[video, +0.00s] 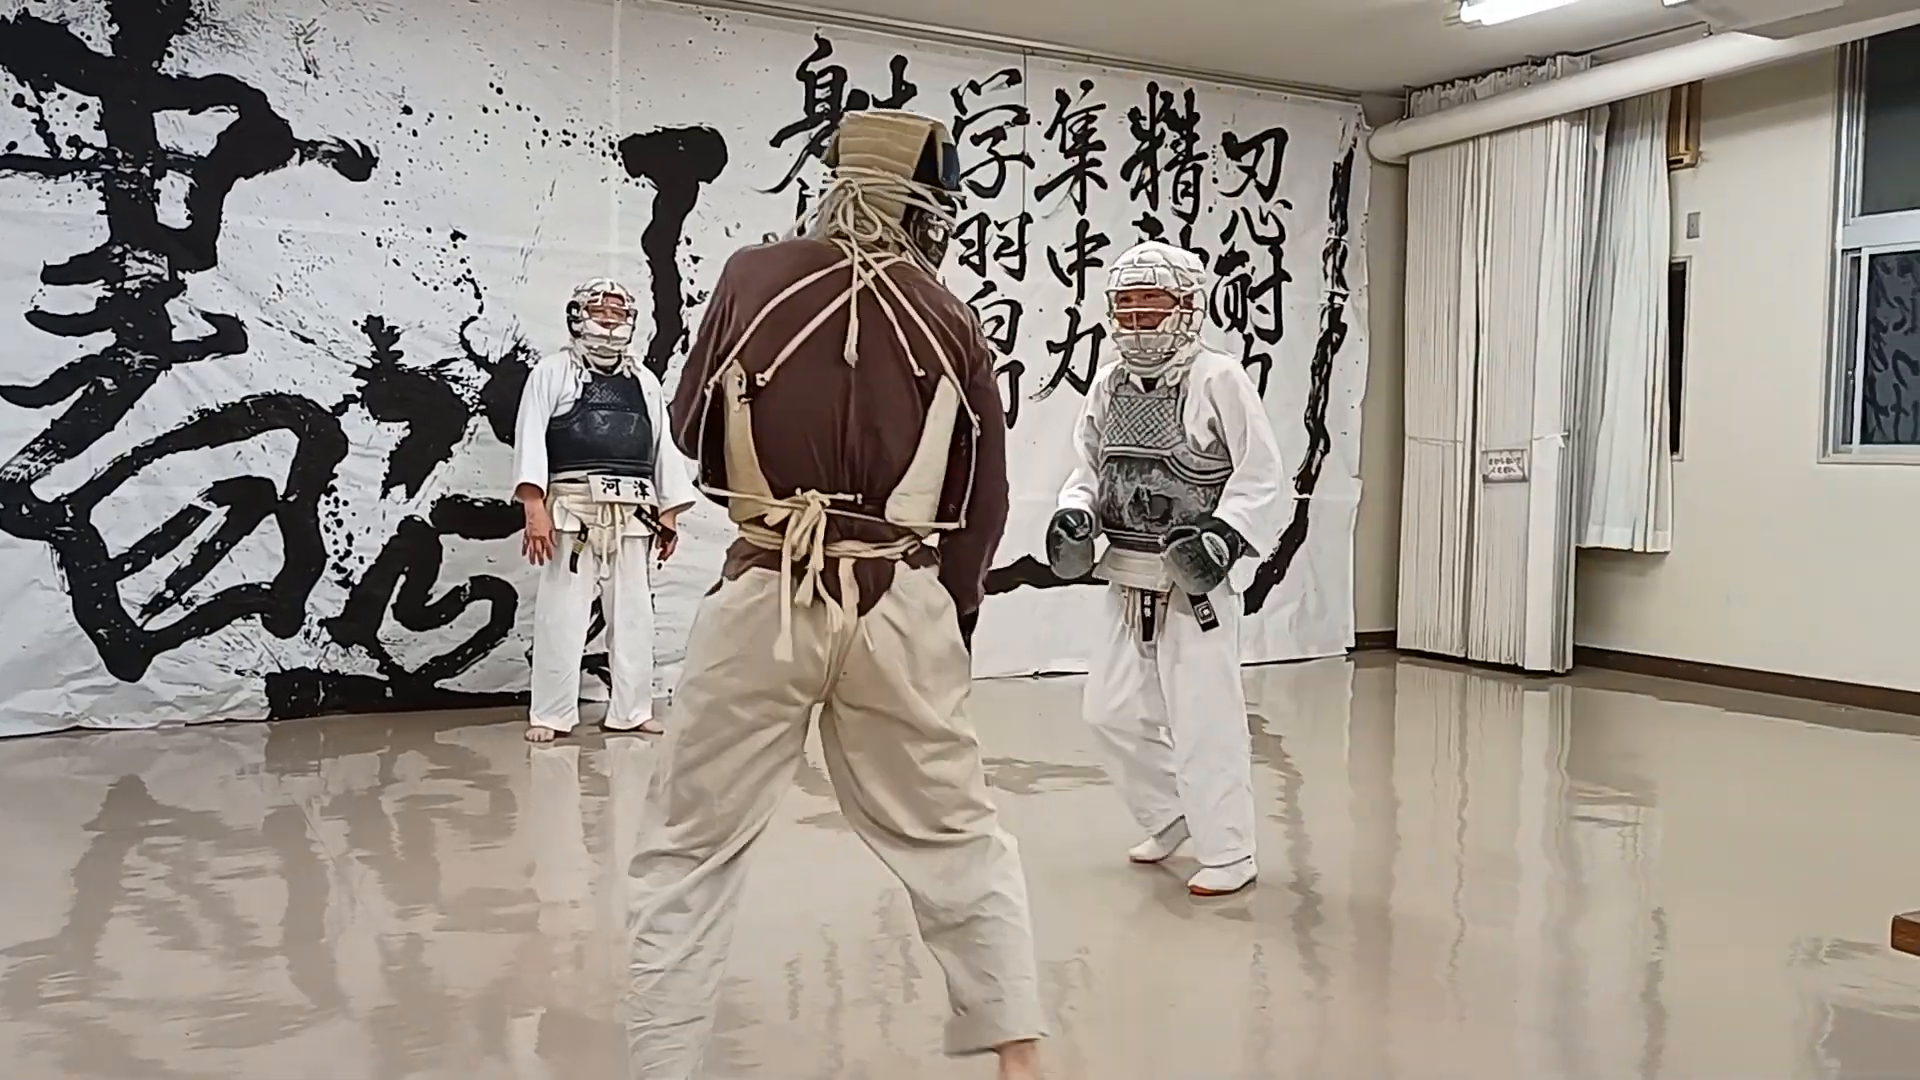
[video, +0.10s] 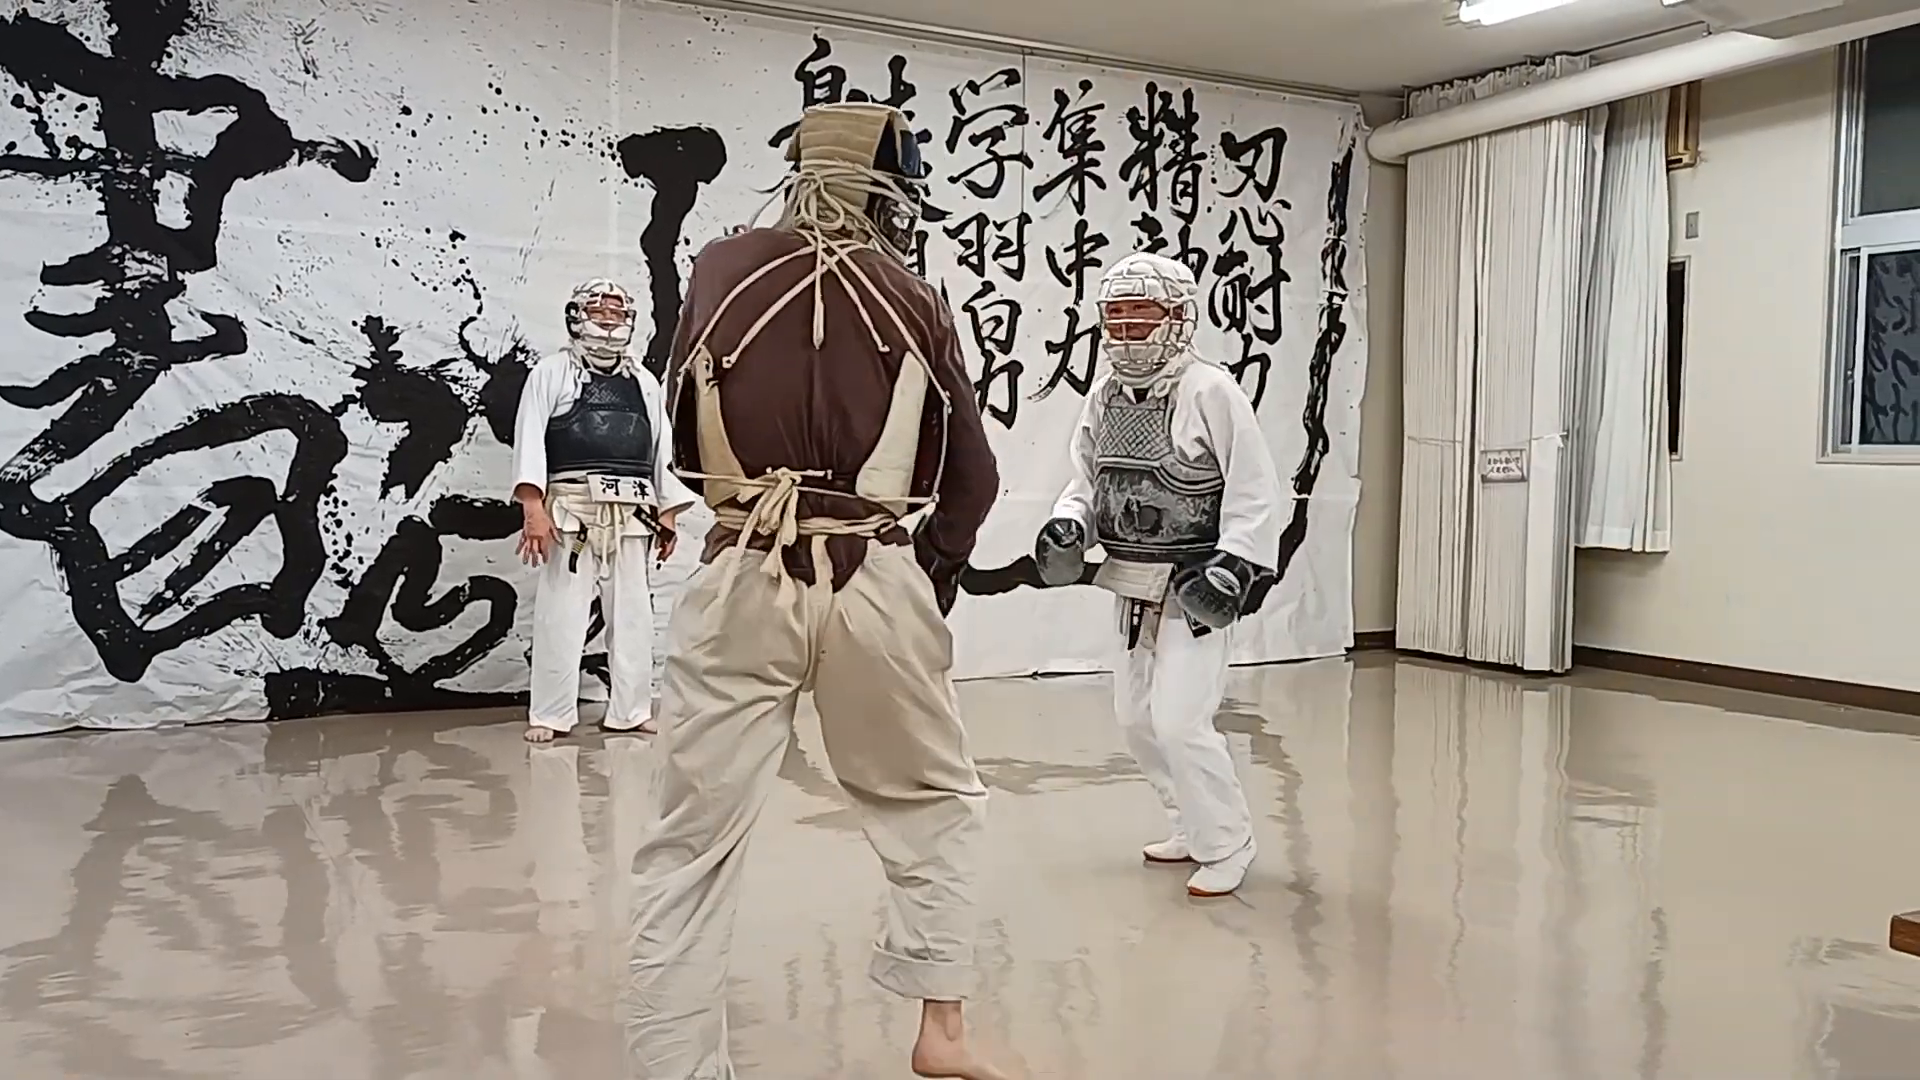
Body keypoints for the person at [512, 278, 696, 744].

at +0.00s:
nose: (610, 318)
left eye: (619, 312)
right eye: (600, 309)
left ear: (629, 322)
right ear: (579, 316)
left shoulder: (644, 379)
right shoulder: (552, 371)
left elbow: (664, 449)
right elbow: (530, 442)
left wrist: (668, 513)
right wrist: (535, 509)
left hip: (633, 511)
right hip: (568, 510)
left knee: (634, 617)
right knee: (560, 618)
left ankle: (631, 711)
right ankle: (550, 716)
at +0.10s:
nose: (609, 318)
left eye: (618, 312)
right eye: (599, 310)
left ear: (628, 322)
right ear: (578, 317)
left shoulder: (645, 381)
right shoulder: (551, 371)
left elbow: (661, 453)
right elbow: (530, 440)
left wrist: (667, 514)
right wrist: (533, 508)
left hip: (633, 512)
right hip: (567, 510)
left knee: (633, 618)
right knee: (560, 619)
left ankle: (630, 712)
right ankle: (550, 717)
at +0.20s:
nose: (609, 320)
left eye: (617, 313)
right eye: (599, 311)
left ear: (629, 323)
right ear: (578, 317)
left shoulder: (646, 382)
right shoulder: (551, 372)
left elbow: (655, 459)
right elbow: (530, 442)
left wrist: (668, 512)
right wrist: (533, 508)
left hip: (633, 514)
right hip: (568, 510)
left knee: (634, 619)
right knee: (561, 619)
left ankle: (629, 715)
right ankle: (551, 718)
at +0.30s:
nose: (611, 321)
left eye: (619, 314)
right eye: (601, 312)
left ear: (631, 325)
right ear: (579, 317)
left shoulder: (646, 381)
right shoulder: (553, 372)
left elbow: (660, 455)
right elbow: (532, 442)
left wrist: (669, 511)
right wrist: (534, 508)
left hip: (635, 514)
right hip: (570, 512)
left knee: (635, 620)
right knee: (562, 619)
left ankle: (629, 715)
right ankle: (553, 717)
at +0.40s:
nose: (616, 324)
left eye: (624, 318)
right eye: (606, 315)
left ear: (635, 326)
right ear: (585, 320)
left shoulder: (649, 381)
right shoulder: (558, 373)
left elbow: (670, 447)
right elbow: (537, 440)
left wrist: (675, 510)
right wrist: (539, 506)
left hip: (639, 512)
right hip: (574, 509)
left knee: (639, 616)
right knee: (567, 616)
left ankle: (635, 712)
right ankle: (558, 715)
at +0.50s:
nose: (614, 323)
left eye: (624, 316)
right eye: (604, 313)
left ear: (636, 325)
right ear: (583, 319)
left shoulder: (650, 381)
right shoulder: (558, 373)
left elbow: (665, 453)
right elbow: (536, 441)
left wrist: (671, 514)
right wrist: (541, 509)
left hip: (640, 515)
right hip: (576, 511)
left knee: (641, 622)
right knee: (568, 622)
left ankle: (636, 717)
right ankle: (559, 719)